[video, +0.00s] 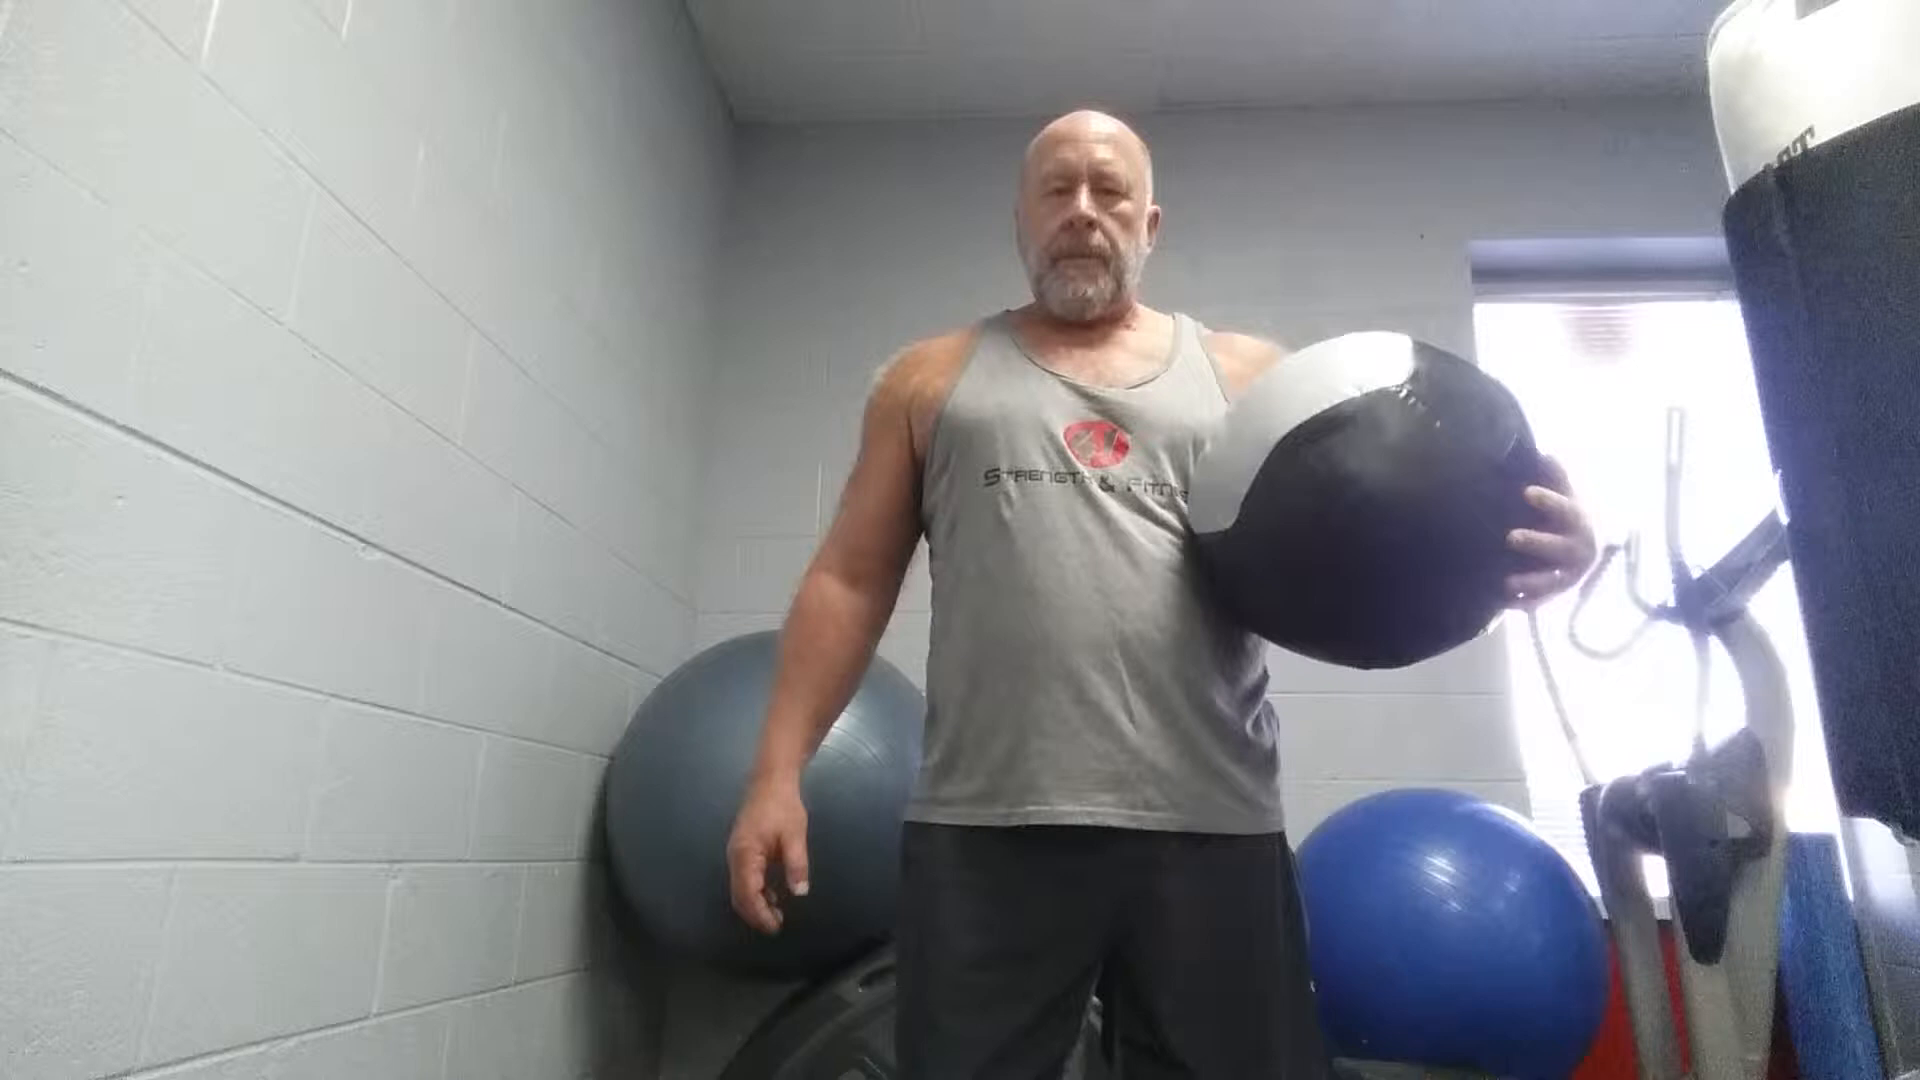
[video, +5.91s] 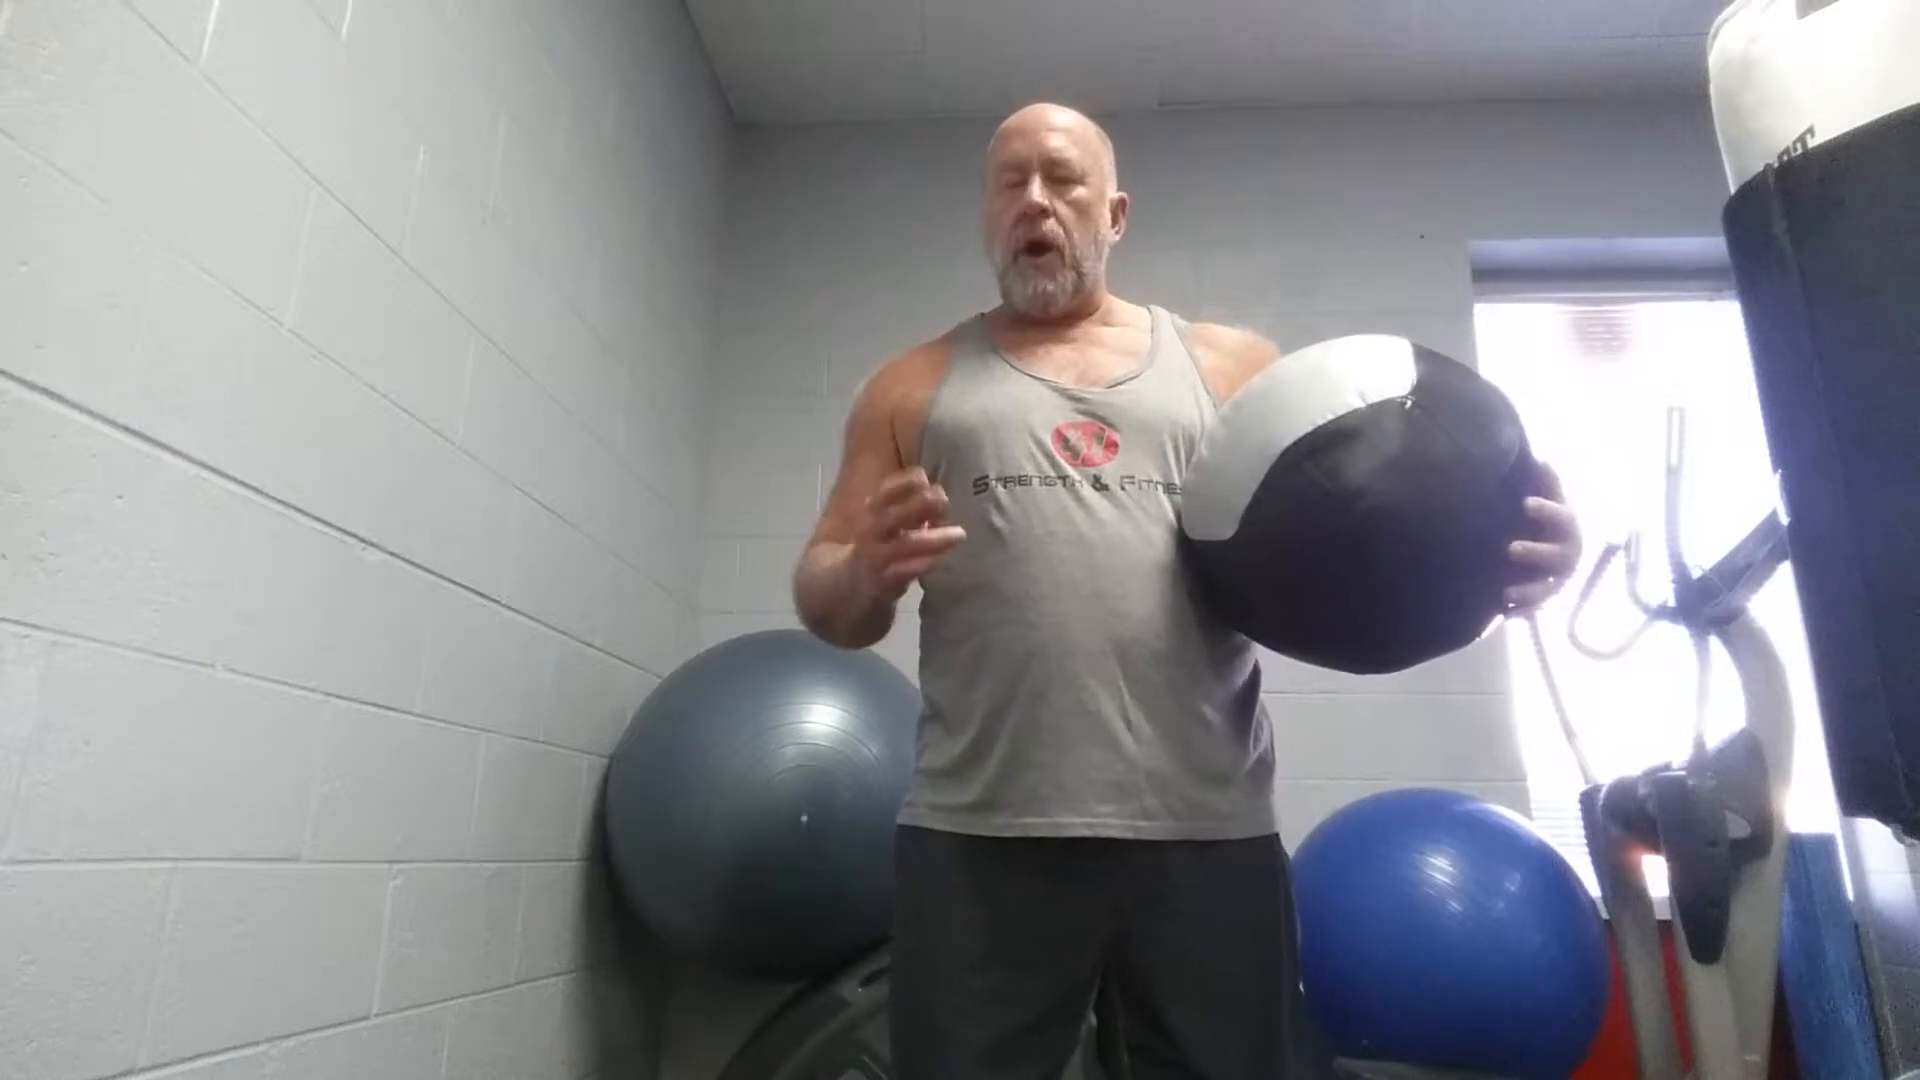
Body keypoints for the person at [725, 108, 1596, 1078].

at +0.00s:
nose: (1080, 209)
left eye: (1108, 190)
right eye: (1055, 189)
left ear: (1152, 222)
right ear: (1021, 222)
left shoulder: (1245, 371)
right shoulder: (930, 379)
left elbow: (1395, 514)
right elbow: (849, 581)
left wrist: (1547, 545)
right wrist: (776, 774)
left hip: (1210, 835)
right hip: (984, 834)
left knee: (1247, 1067)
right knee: (962, 1066)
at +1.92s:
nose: (1084, 207)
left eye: (1112, 189)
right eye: (1059, 190)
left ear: (1158, 226)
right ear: (1028, 227)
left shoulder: (1252, 384)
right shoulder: (941, 381)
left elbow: (1397, 528)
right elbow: (861, 576)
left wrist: (1540, 566)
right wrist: (800, 768)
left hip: (1222, 842)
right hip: (995, 840)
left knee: (1246, 1069)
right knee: (977, 1068)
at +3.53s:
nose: (1091, 206)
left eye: (1120, 187)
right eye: (1066, 184)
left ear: (1162, 222)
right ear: (1028, 213)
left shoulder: (1256, 374)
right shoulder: (938, 377)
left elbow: (1404, 521)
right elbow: (864, 564)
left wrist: (1545, 558)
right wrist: (832, 714)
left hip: (1222, 844)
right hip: (995, 843)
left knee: (1250, 1067)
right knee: (976, 1068)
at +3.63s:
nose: (1091, 206)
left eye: (1120, 187)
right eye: (1066, 183)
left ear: (1160, 222)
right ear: (1029, 212)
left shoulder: (1253, 373)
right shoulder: (936, 379)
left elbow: (1400, 525)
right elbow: (853, 558)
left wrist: (1540, 565)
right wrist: (876, 623)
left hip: (1221, 844)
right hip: (994, 844)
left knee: (1249, 1067)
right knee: (975, 1067)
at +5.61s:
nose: (1035, 205)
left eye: (1063, 182)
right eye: (1010, 185)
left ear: (1115, 210)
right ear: (984, 217)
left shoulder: (1235, 364)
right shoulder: (912, 389)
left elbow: (1385, 507)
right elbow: (833, 614)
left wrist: (1529, 541)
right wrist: (875, 561)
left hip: (1215, 841)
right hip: (986, 844)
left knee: (1241, 1070)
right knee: (968, 1070)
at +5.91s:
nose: (1033, 199)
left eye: (1062, 179)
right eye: (1009, 180)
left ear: (1115, 214)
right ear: (983, 216)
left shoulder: (1230, 365)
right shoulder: (911, 389)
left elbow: (1379, 508)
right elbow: (829, 613)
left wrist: (1522, 545)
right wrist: (866, 569)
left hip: (1209, 841)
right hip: (980, 843)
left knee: (1236, 1070)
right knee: (965, 1069)